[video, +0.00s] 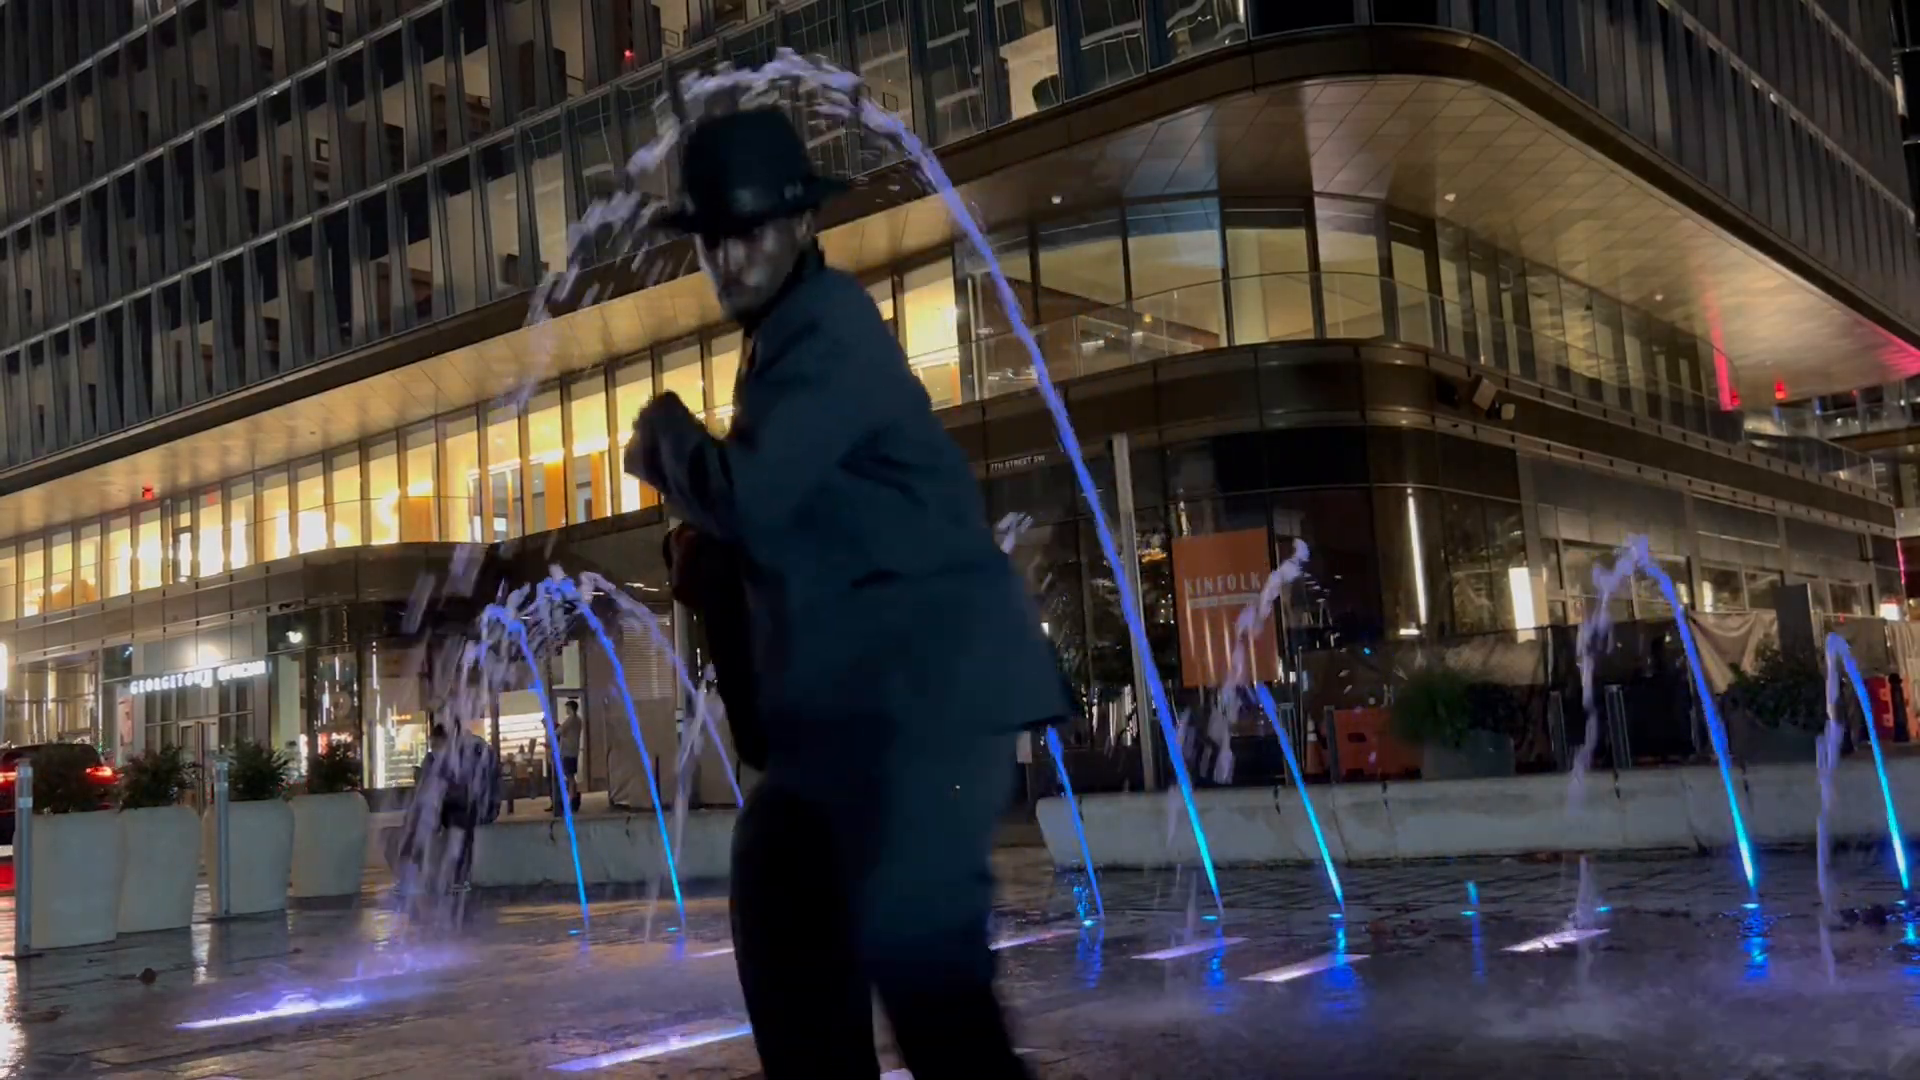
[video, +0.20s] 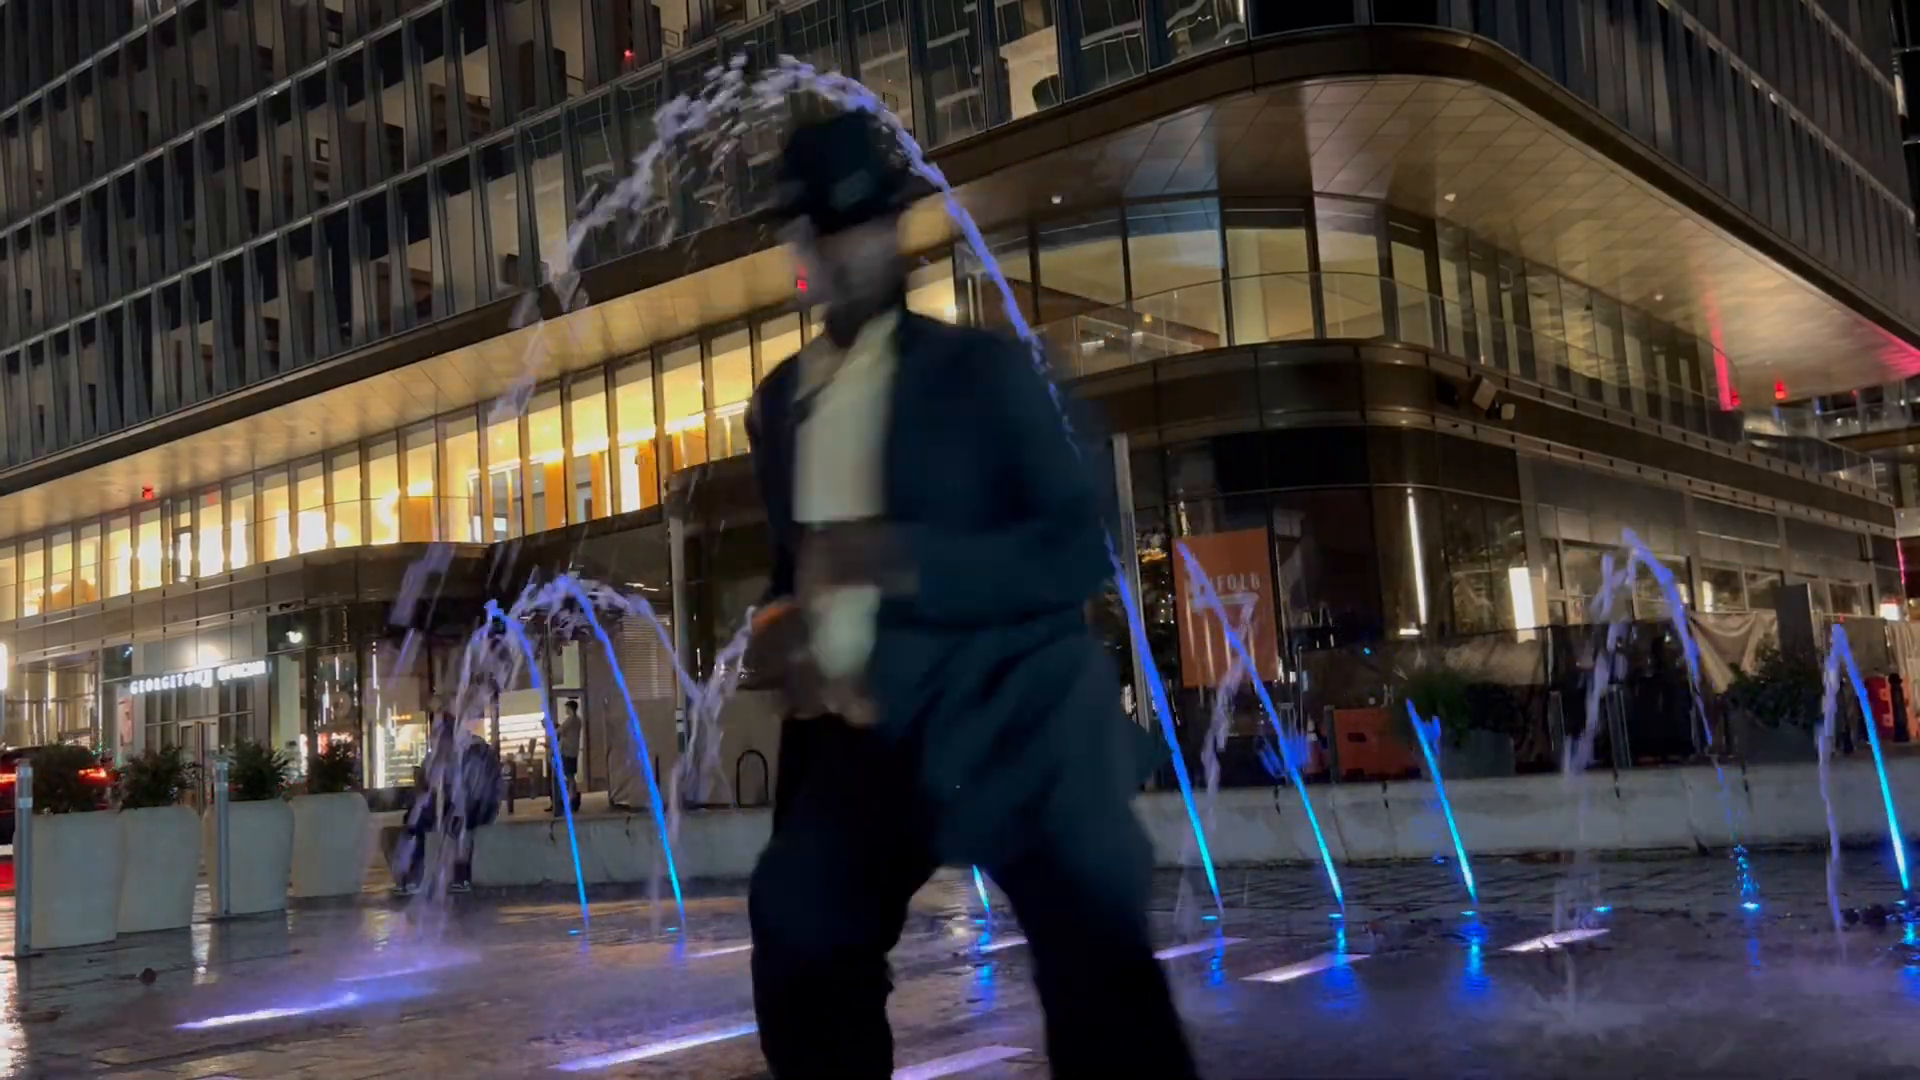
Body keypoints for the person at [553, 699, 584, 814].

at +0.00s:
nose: (566, 710)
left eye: (567, 708)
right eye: (566, 708)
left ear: (570, 708)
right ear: (575, 708)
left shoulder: (570, 720)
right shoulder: (578, 720)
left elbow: (560, 731)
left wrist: (553, 732)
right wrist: (559, 728)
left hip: (567, 752)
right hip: (573, 752)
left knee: (569, 777)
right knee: (571, 777)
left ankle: (572, 798)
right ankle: (573, 797)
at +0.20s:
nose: (566, 710)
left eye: (567, 708)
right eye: (566, 708)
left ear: (570, 709)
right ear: (574, 709)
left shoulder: (570, 720)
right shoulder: (577, 720)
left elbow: (560, 730)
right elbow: (565, 730)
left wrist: (552, 731)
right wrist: (557, 728)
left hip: (567, 752)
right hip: (573, 752)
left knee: (569, 777)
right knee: (571, 777)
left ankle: (572, 798)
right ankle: (574, 797)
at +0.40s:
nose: (565, 710)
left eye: (566, 708)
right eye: (565, 708)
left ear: (569, 709)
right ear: (574, 708)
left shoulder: (570, 720)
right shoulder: (577, 720)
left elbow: (559, 730)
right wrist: (557, 727)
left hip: (566, 753)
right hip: (573, 752)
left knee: (565, 777)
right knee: (571, 777)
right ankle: (574, 799)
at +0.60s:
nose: (564, 710)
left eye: (566, 708)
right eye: (565, 708)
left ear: (569, 709)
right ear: (573, 709)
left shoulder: (570, 720)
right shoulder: (576, 720)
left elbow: (558, 730)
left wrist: (550, 731)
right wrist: (558, 730)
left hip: (567, 753)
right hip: (572, 753)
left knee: (569, 779)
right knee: (571, 779)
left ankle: (571, 801)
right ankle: (573, 800)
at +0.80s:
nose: (564, 711)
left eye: (565, 708)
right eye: (564, 708)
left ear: (569, 708)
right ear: (572, 709)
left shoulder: (569, 719)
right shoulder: (575, 719)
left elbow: (557, 731)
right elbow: (566, 732)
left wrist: (552, 731)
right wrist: (557, 730)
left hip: (564, 753)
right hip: (571, 753)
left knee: (568, 779)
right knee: (570, 778)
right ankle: (573, 800)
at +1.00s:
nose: (564, 711)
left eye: (565, 708)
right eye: (564, 708)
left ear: (569, 709)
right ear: (572, 709)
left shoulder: (569, 720)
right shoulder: (576, 720)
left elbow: (557, 731)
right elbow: (566, 733)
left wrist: (550, 732)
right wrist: (557, 732)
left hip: (566, 754)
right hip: (572, 754)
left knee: (567, 780)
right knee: (571, 779)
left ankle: (571, 801)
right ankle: (574, 801)